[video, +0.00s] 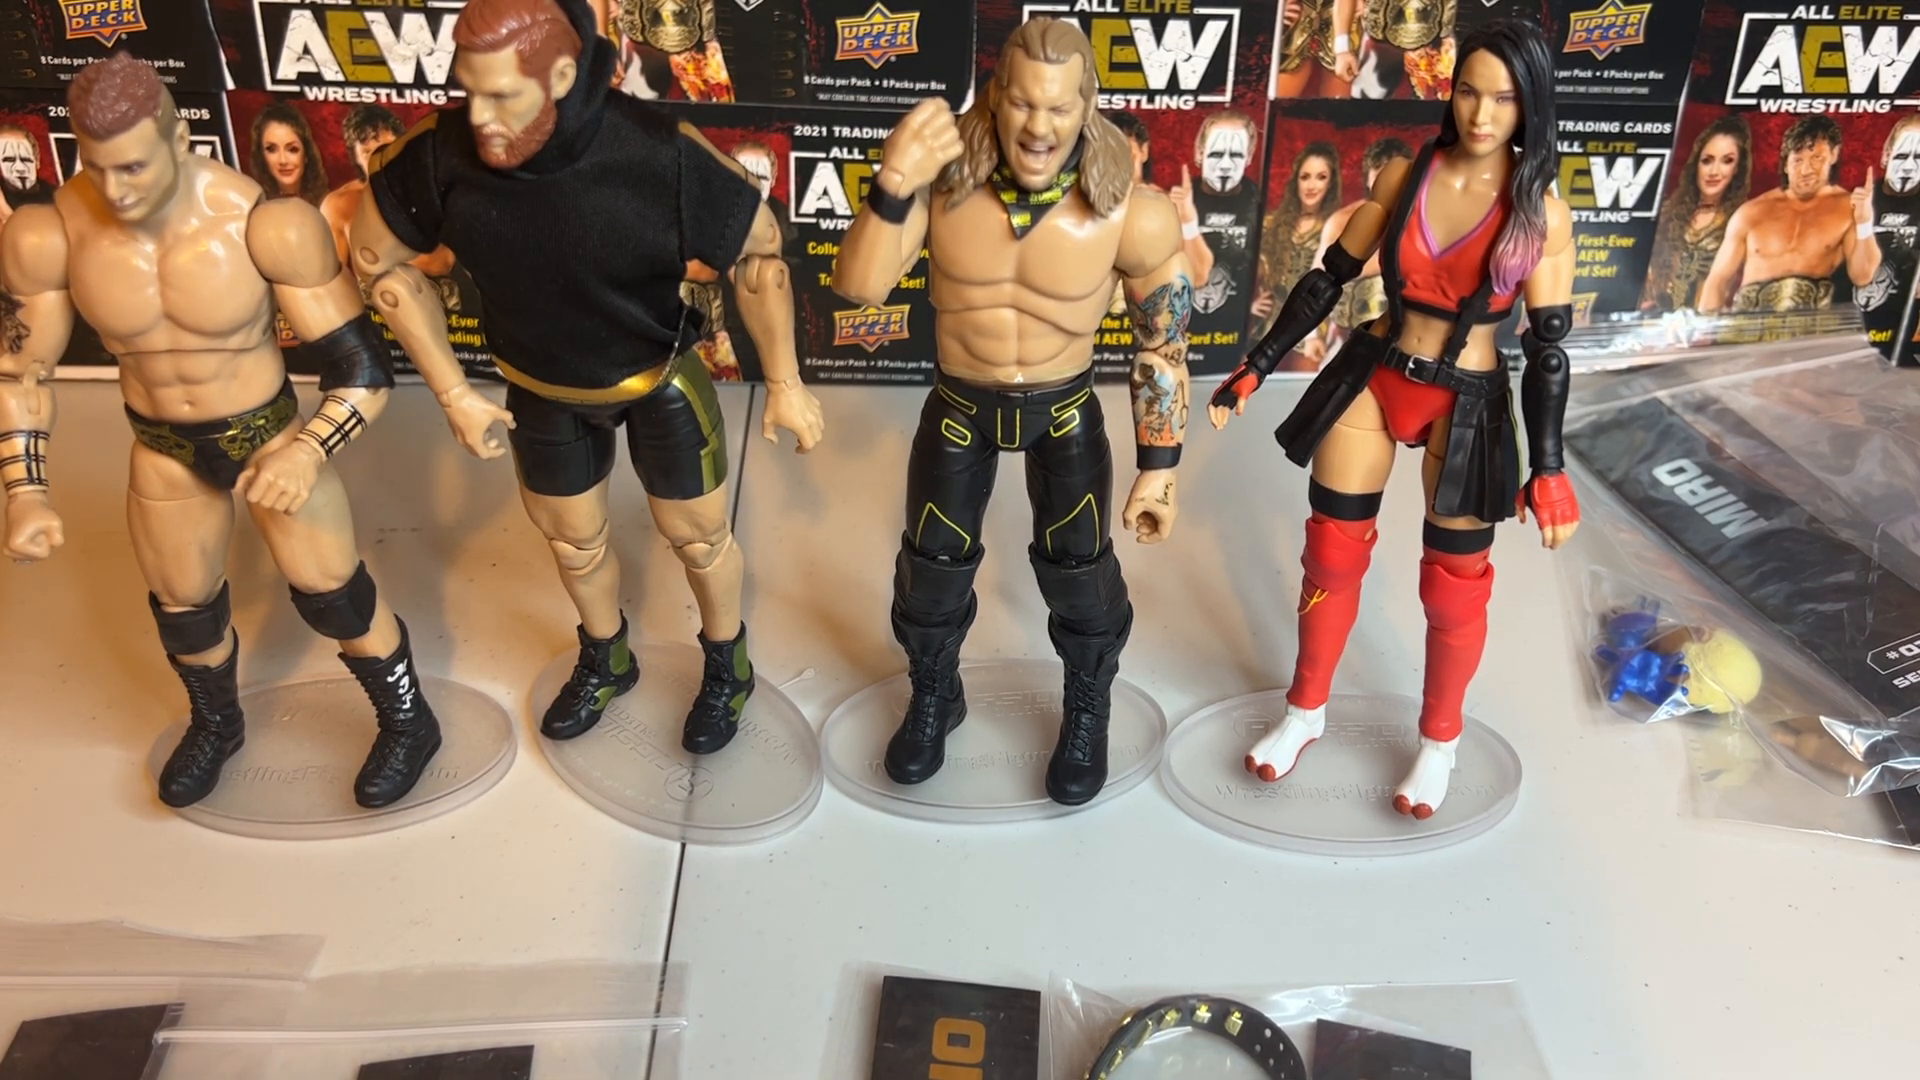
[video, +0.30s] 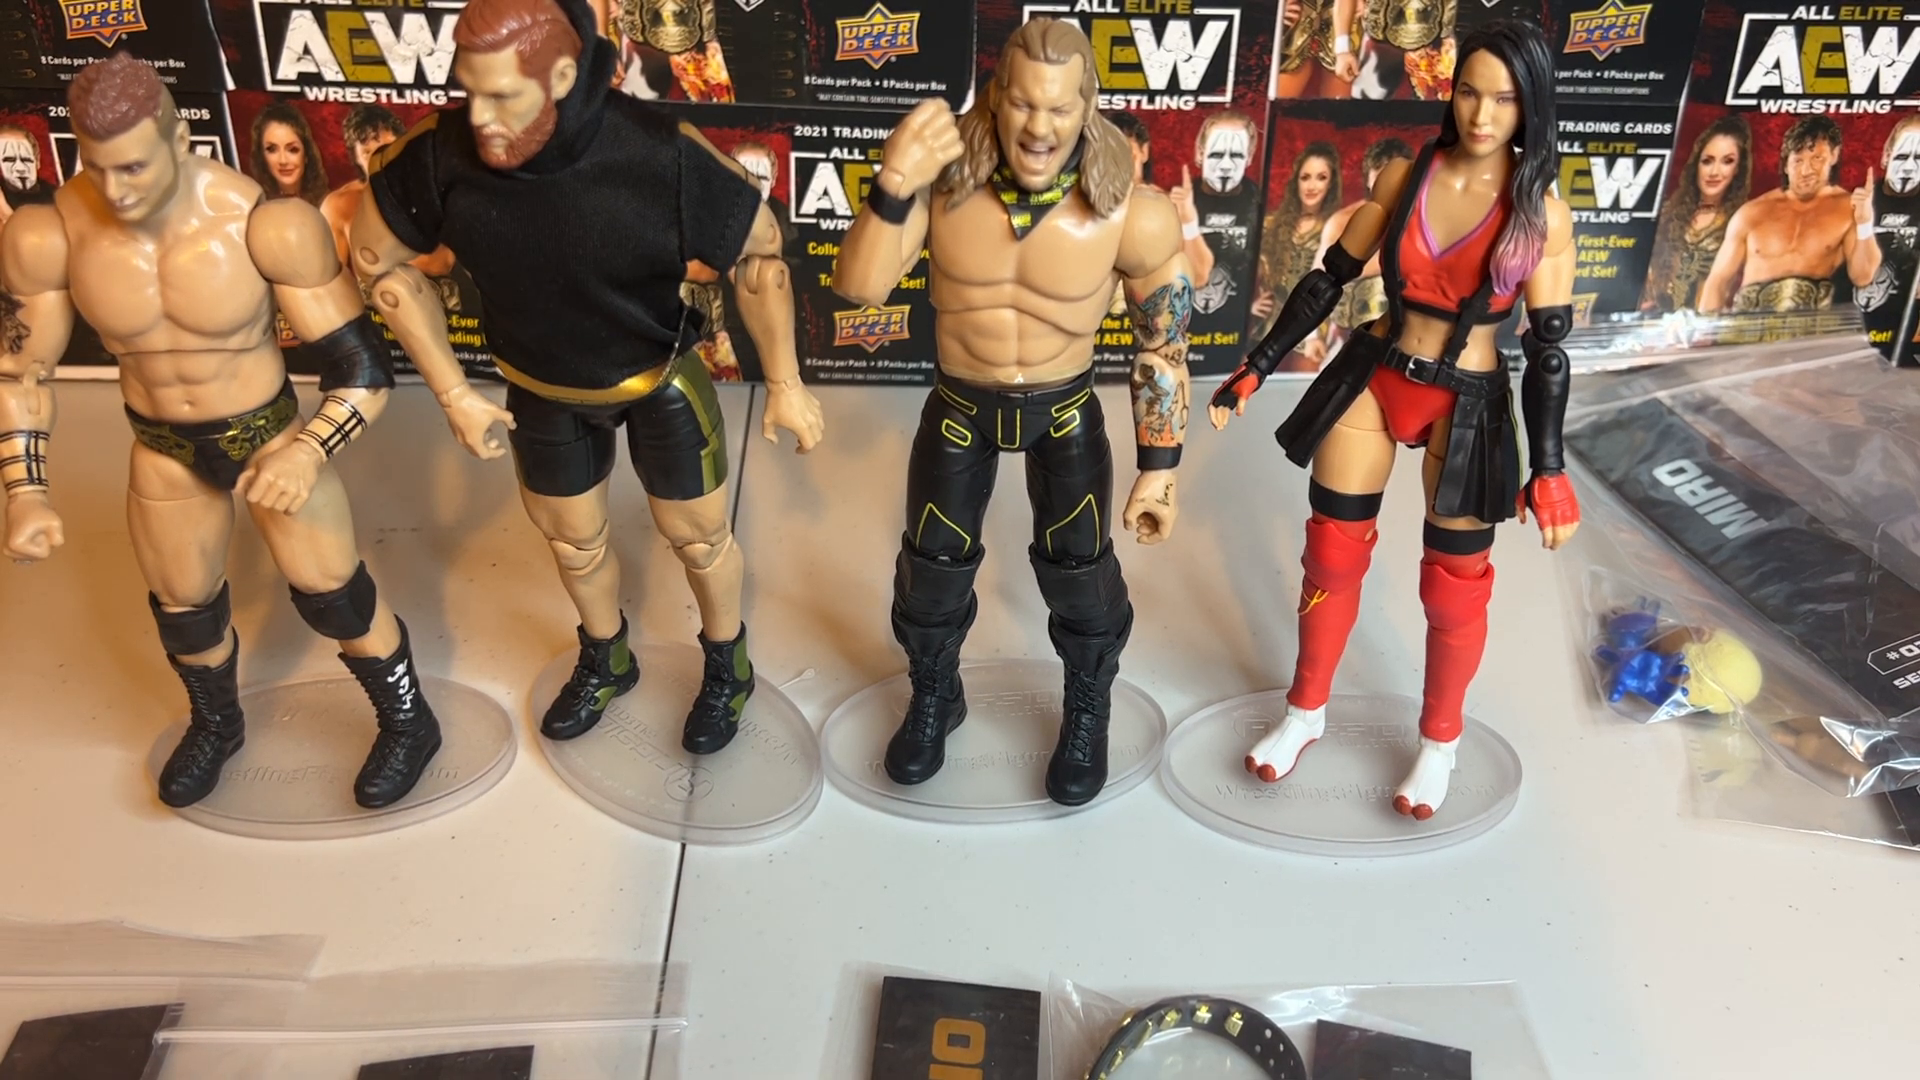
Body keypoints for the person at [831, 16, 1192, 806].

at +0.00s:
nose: (1039, 127)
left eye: (1059, 109)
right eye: (1024, 104)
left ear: (1086, 106)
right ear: (995, 95)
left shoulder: (1129, 207)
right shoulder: (943, 175)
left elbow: (1162, 337)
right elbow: (858, 286)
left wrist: (1161, 464)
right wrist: (892, 188)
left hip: (1064, 408)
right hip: (958, 403)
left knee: (1078, 568)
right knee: (932, 562)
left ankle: (1086, 712)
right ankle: (932, 698)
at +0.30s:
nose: (1040, 127)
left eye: (1060, 109)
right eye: (1024, 105)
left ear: (1087, 107)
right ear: (995, 96)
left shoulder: (1130, 208)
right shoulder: (944, 177)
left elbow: (1163, 338)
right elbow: (858, 287)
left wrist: (1161, 464)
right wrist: (892, 190)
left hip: (1064, 408)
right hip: (959, 403)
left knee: (1078, 569)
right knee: (933, 562)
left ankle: (1086, 713)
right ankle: (932, 700)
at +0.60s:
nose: (1040, 127)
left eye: (1060, 109)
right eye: (1024, 104)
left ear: (1087, 107)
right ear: (995, 95)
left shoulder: (1129, 208)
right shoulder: (944, 177)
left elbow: (1163, 338)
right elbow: (858, 287)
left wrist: (1161, 464)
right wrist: (892, 189)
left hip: (1064, 407)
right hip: (959, 403)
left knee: (1078, 568)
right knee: (933, 562)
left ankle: (1086, 714)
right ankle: (932, 699)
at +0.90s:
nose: (1039, 127)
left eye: (1060, 109)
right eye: (1024, 104)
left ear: (1086, 106)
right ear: (995, 95)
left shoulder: (1130, 208)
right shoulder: (944, 177)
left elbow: (1164, 337)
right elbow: (858, 287)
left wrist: (1161, 463)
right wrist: (892, 190)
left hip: (1064, 408)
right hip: (959, 403)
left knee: (1078, 567)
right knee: (932, 562)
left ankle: (1086, 715)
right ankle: (932, 699)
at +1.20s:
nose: (1039, 127)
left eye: (1060, 109)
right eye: (1024, 104)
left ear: (1086, 106)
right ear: (995, 95)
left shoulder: (1130, 207)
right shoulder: (943, 175)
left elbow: (1164, 337)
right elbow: (858, 287)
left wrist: (1161, 464)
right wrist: (892, 190)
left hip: (1064, 408)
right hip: (959, 403)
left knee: (1078, 567)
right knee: (932, 562)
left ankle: (1086, 715)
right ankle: (932, 700)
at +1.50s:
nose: (1039, 127)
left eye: (1060, 109)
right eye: (1024, 104)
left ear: (1086, 106)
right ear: (995, 95)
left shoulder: (1129, 207)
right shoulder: (943, 176)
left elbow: (1163, 338)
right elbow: (858, 288)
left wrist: (1161, 464)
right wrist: (892, 190)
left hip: (1064, 408)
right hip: (959, 403)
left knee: (1078, 568)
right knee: (932, 562)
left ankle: (1086, 713)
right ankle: (932, 699)